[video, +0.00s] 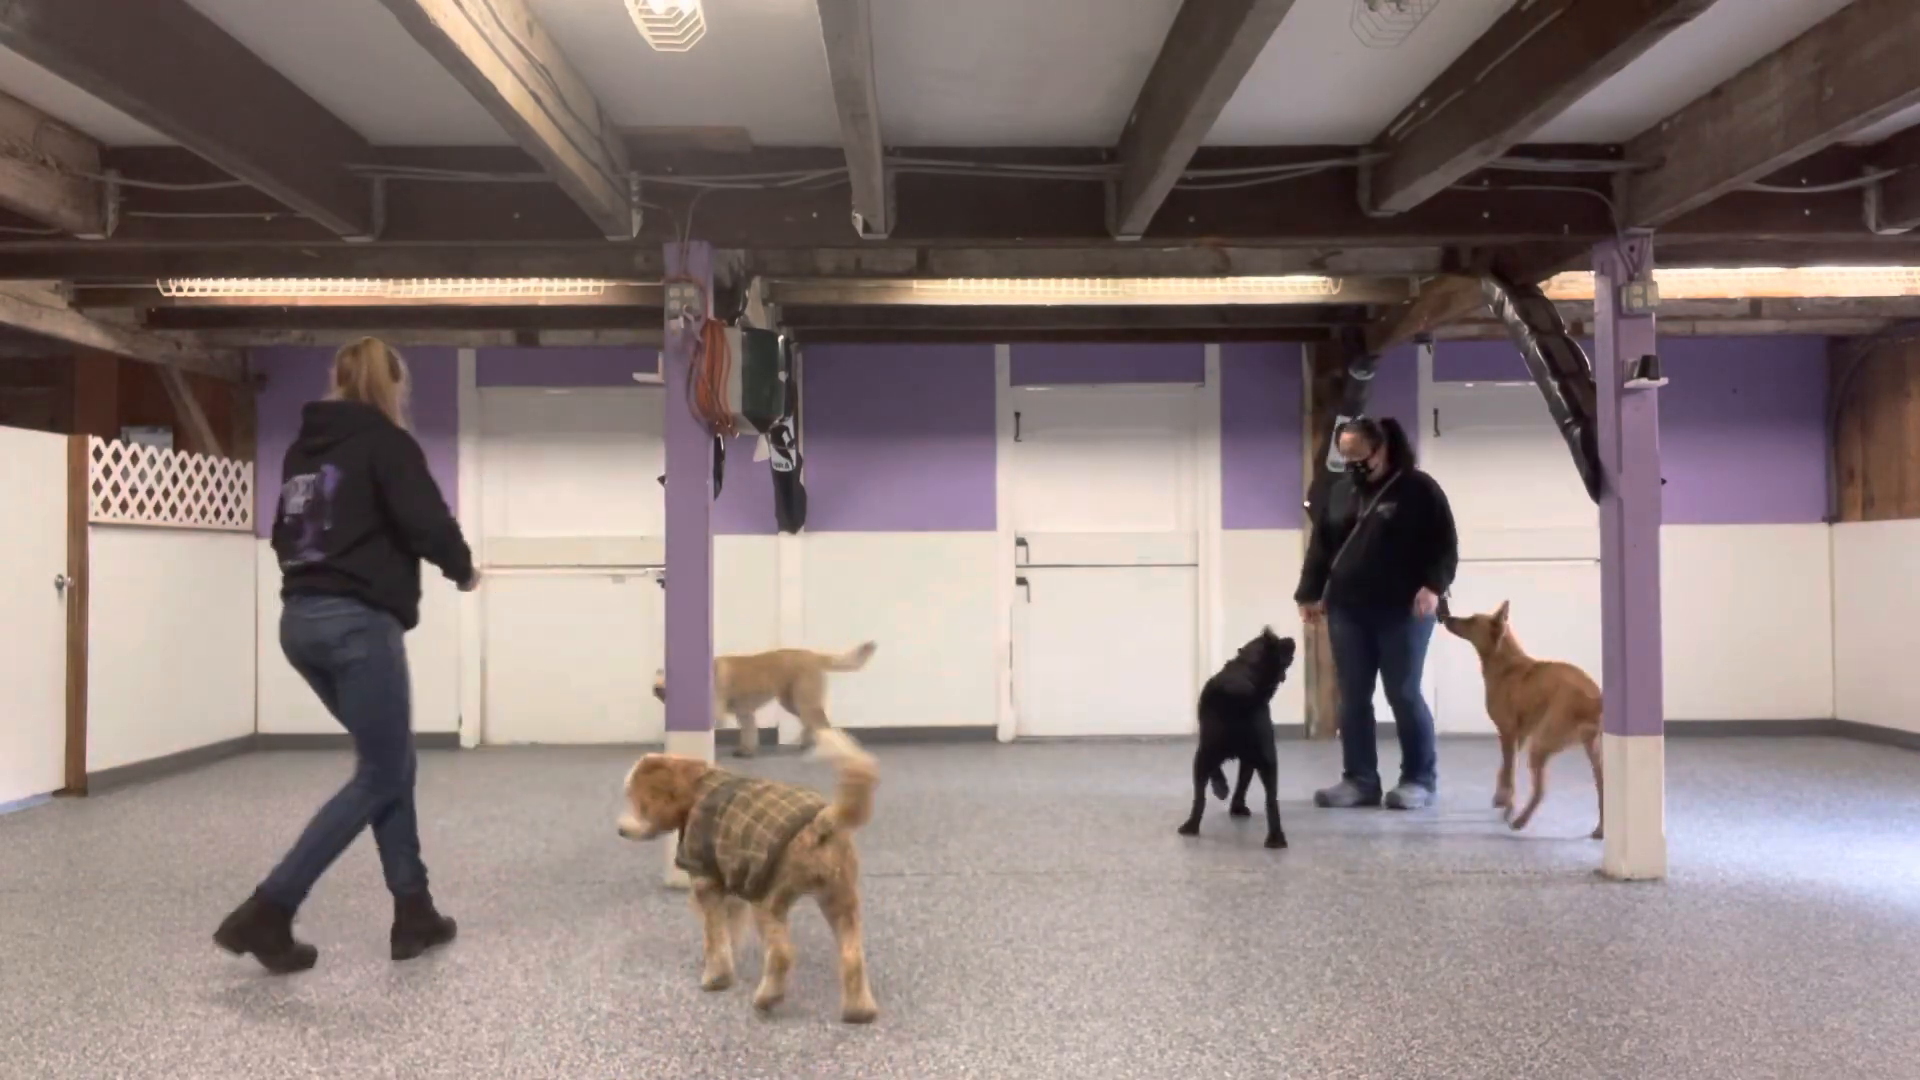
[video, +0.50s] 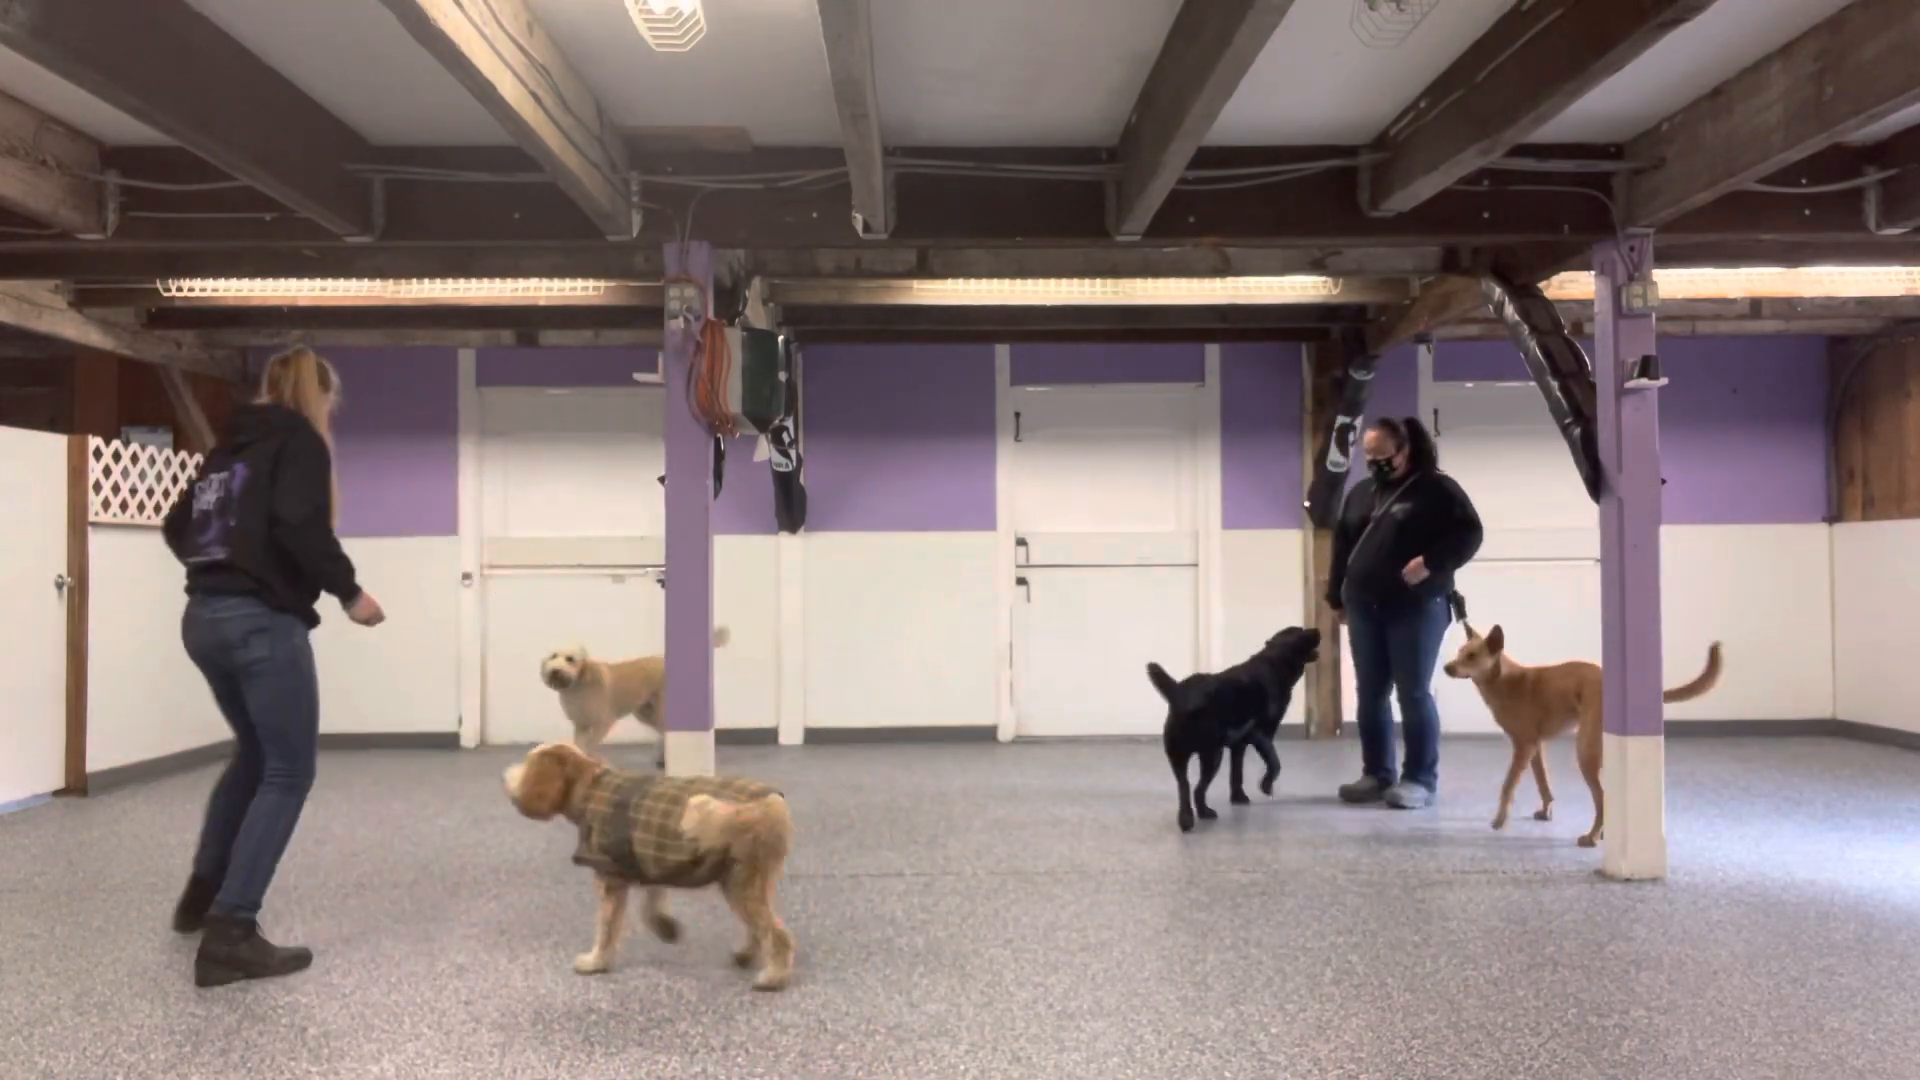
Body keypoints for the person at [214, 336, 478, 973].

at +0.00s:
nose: (406, 395)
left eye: (404, 385)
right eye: (403, 385)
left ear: (340, 382)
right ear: (390, 386)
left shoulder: (304, 446)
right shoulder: (387, 442)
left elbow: (286, 535)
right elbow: (426, 522)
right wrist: (463, 569)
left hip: (301, 621)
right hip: (360, 622)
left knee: (392, 765)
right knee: (383, 773)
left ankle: (413, 911)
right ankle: (267, 911)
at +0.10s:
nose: (392, 400)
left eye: (391, 389)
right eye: (389, 389)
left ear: (329, 382)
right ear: (374, 388)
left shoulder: (285, 446)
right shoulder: (364, 444)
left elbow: (279, 534)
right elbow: (403, 526)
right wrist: (440, 574)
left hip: (275, 624)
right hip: (331, 626)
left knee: (378, 748)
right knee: (333, 781)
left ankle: (400, 906)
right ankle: (239, 924)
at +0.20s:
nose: (376, 404)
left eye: (375, 393)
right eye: (374, 393)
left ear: (315, 384)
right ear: (360, 391)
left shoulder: (274, 441)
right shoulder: (346, 446)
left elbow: (257, 533)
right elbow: (370, 531)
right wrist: (414, 583)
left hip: (250, 624)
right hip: (303, 628)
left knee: (355, 740)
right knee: (316, 781)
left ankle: (363, 896)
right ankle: (232, 931)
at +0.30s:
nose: (365, 405)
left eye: (365, 393)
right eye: (363, 393)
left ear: (304, 383)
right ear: (350, 391)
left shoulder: (262, 437)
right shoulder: (332, 443)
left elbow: (230, 528)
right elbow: (351, 530)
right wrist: (396, 591)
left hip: (236, 621)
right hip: (289, 625)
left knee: (338, 736)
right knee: (309, 779)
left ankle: (325, 893)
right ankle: (231, 930)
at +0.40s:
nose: (349, 405)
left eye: (349, 394)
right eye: (347, 394)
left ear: (287, 385)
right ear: (332, 391)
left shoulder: (247, 438)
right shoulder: (316, 442)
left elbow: (210, 526)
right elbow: (323, 528)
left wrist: (249, 582)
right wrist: (372, 595)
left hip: (223, 619)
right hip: (275, 621)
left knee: (293, 756)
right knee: (301, 772)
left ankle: (263, 890)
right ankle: (230, 931)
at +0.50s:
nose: (332, 409)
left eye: (332, 398)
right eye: (330, 397)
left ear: (270, 389)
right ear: (313, 394)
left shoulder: (234, 441)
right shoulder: (301, 440)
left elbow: (179, 524)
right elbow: (300, 522)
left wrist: (225, 572)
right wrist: (351, 591)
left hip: (207, 616)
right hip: (262, 619)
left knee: (255, 756)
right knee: (288, 776)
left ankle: (203, 893)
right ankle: (232, 932)